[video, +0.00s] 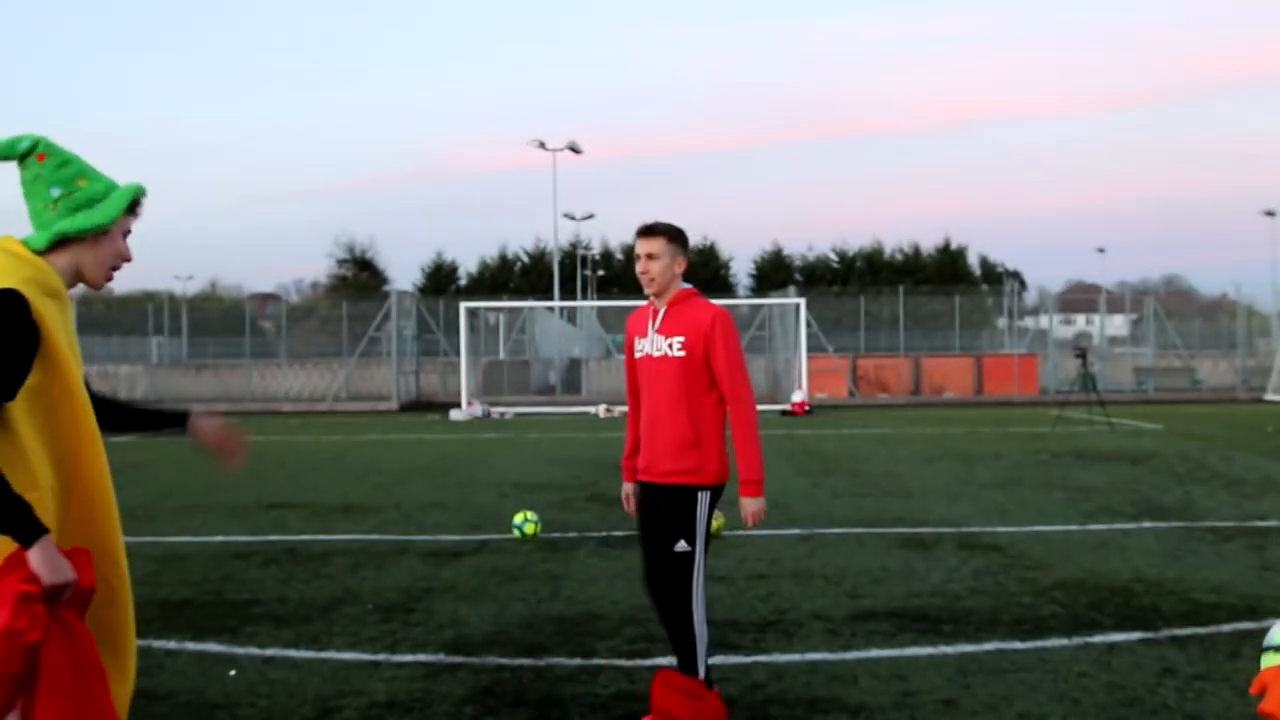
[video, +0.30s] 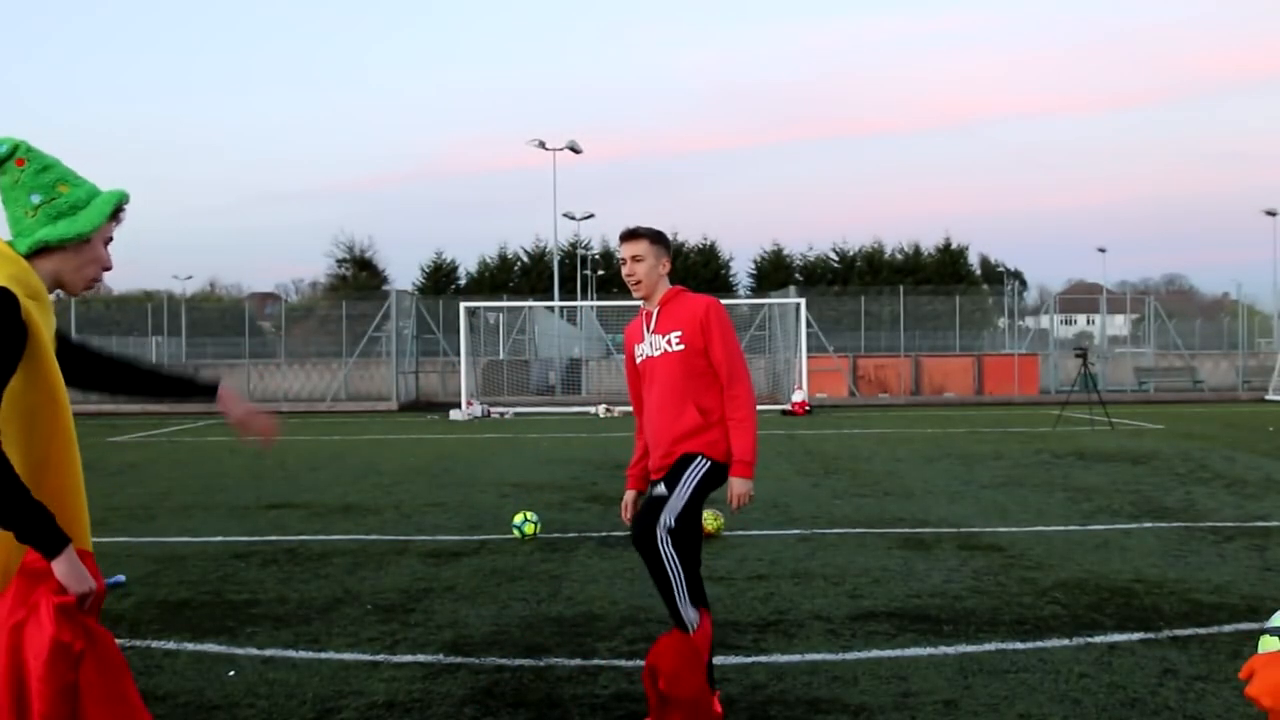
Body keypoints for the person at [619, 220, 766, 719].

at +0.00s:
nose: (643, 268)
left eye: (653, 258)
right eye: (638, 259)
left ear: (681, 263)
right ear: (635, 265)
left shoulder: (711, 319)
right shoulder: (638, 322)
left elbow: (741, 402)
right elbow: (635, 403)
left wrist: (751, 485)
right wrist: (629, 471)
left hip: (695, 475)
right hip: (653, 476)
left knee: (683, 588)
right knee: (659, 584)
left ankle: (698, 691)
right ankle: (693, 683)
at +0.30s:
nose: (628, 271)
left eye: (636, 261)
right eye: (623, 263)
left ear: (664, 263)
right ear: (624, 271)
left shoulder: (703, 310)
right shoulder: (635, 332)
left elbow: (738, 388)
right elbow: (644, 416)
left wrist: (743, 468)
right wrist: (637, 482)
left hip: (706, 449)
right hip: (666, 459)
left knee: (655, 527)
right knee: (684, 566)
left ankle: (693, 634)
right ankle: (702, 694)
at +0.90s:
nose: (651, 272)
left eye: (661, 263)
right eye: (646, 263)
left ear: (688, 265)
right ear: (642, 265)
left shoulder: (718, 316)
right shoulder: (641, 319)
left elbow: (755, 395)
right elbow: (637, 399)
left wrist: (767, 471)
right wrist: (623, 460)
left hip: (714, 438)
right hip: (671, 450)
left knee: (669, 503)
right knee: (682, 569)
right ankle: (702, 670)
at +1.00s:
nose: (653, 270)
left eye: (663, 261)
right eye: (648, 261)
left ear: (691, 263)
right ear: (645, 264)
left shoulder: (723, 315)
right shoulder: (643, 318)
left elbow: (760, 395)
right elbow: (633, 398)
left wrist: (769, 472)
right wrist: (617, 462)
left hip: (714, 450)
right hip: (669, 456)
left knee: (683, 549)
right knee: (679, 563)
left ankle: (739, 677)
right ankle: (702, 672)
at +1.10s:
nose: (662, 264)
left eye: (673, 255)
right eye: (659, 254)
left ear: (700, 261)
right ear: (655, 260)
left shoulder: (731, 318)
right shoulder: (645, 319)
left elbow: (762, 402)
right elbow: (627, 400)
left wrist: (774, 479)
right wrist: (605, 470)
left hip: (714, 469)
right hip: (668, 471)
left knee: (694, 587)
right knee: (677, 587)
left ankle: (710, 709)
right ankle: (706, 694)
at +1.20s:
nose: (674, 265)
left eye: (685, 256)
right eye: (671, 255)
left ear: (714, 264)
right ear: (667, 259)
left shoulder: (740, 327)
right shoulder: (652, 317)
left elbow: (765, 413)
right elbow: (629, 399)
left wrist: (776, 491)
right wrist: (604, 466)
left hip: (713, 484)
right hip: (663, 481)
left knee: (695, 601)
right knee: (659, 589)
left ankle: (710, 710)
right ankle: (704, 687)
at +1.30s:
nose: (685, 272)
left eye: (695, 263)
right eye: (682, 263)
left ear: (726, 267)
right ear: (679, 266)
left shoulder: (756, 338)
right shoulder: (673, 316)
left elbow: (773, 426)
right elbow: (655, 399)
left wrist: (776, 509)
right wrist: (630, 461)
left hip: (702, 492)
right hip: (651, 476)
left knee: (691, 604)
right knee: (588, 546)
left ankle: (708, 710)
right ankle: (636, 642)